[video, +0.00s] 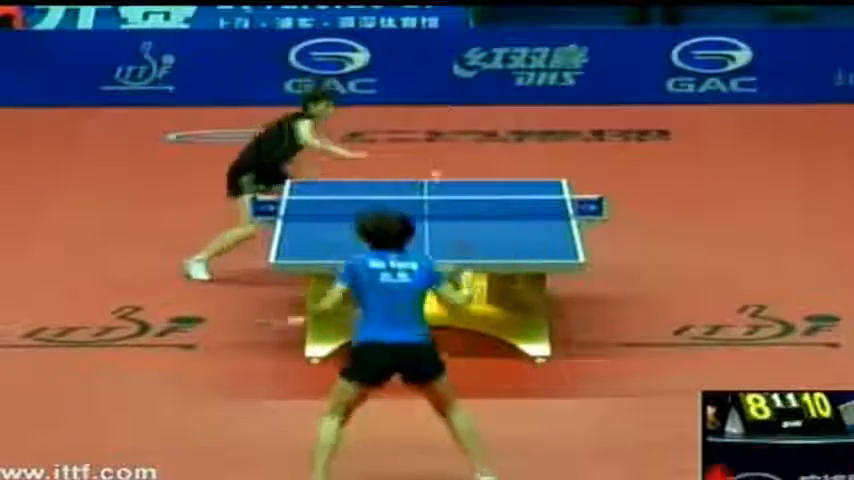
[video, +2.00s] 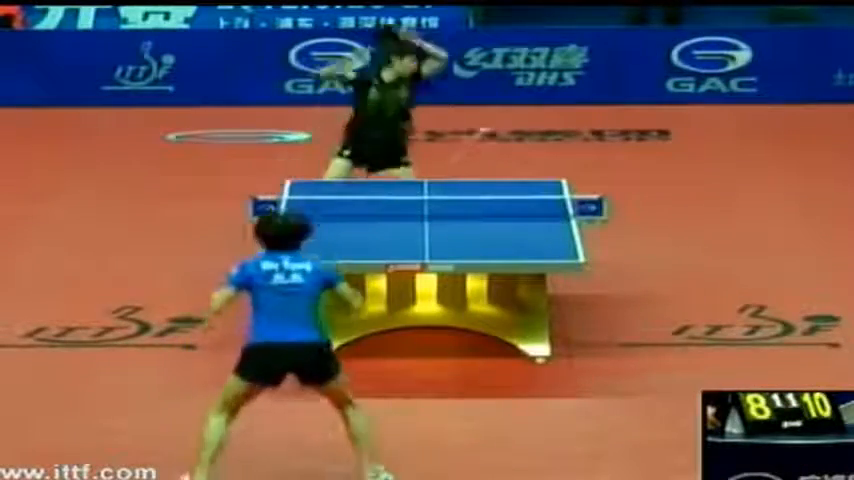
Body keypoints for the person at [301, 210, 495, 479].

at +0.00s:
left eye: (365, 235)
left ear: (369, 238)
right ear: (405, 238)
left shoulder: (358, 264)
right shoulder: (420, 264)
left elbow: (329, 304)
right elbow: (454, 301)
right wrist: (466, 291)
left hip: (371, 348)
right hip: (416, 348)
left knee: (336, 414)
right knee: (451, 408)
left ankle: (319, 473)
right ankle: (482, 470)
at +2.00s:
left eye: (259, 233)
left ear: (264, 239)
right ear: (299, 239)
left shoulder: (253, 268)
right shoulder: (316, 268)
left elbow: (219, 301)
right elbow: (355, 302)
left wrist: (209, 318)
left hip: (264, 351)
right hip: (310, 350)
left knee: (225, 411)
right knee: (347, 405)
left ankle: (201, 473)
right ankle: (370, 468)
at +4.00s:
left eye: (367, 209)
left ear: (370, 212)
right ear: (405, 210)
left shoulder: (365, 238)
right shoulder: (422, 236)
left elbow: (326, 263)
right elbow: (460, 262)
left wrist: (309, 264)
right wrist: (446, 272)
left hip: (380, 319)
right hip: (423, 317)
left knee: (365, 367)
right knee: (467, 373)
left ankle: (348, 427)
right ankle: (450, 423)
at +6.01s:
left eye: (548, 213)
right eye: (567, 236)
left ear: (543, 218)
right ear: (564, 237)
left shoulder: (511, 224)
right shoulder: (551, 261)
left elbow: (473, 207)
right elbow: (533, 295)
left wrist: (444, 177)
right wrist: (572, 281)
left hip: (467, 291)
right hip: (505, 302)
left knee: (432, 361)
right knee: (515, 345)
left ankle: (437, 422)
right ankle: (522, 403)